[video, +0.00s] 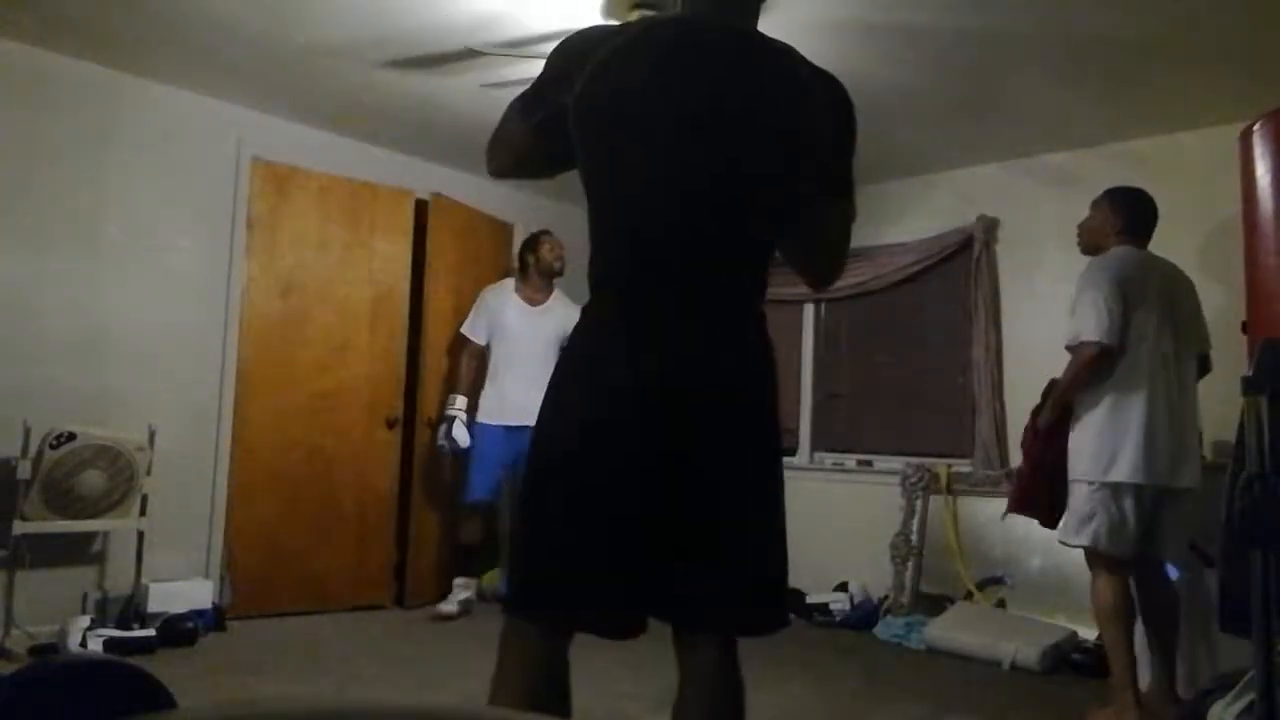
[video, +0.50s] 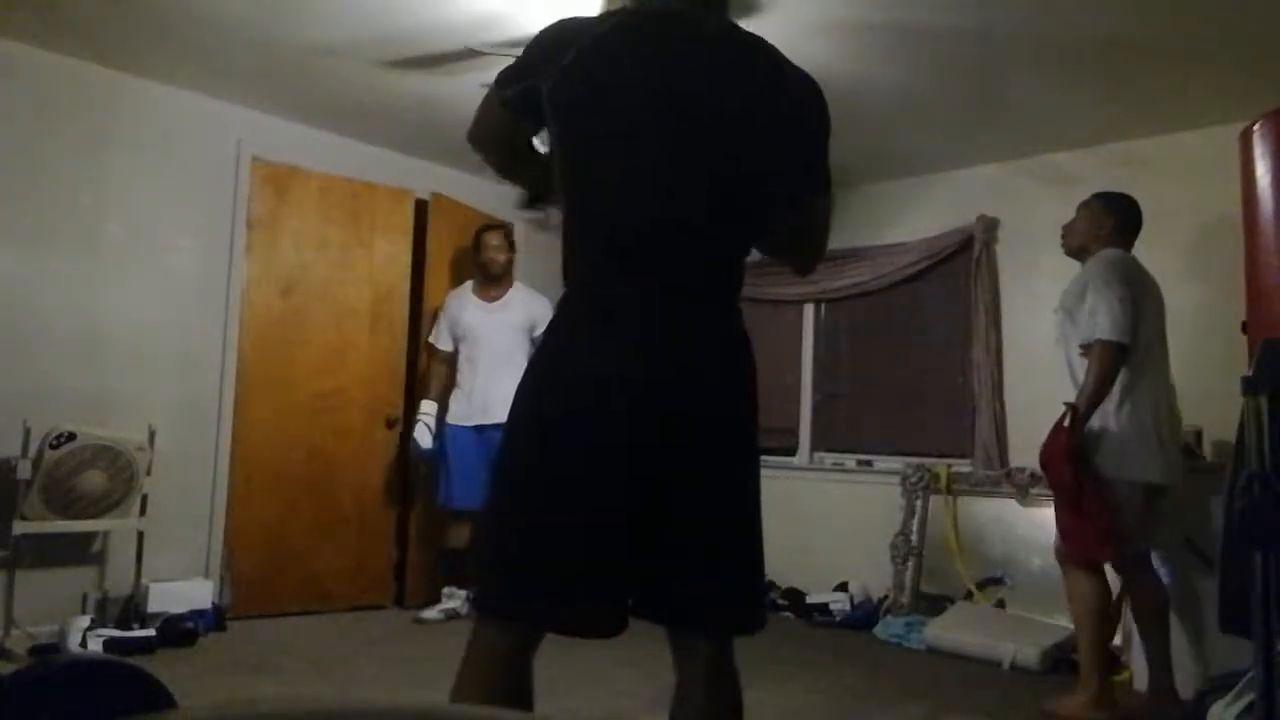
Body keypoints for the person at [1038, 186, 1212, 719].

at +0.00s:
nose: (1081, 225)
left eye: (1090, 215)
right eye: (1086, 214)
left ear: (1114, 222)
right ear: (1140, 227)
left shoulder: (1104, 271)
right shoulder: (1178, 279)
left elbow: (1096, 348)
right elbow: (1201, 360)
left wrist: (1057, 397)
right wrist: (1149, 392)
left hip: (1112, 453)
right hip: (1170, 454)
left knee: (1106, 565)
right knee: (1150, 566)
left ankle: (1123, 697)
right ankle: (1167, 690)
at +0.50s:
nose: (1066, 227)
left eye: (1077, 218)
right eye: (1071, 218)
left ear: (1106, 225)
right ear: (1116, 230)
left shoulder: (1106, 270)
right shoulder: (1133, 274)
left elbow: (1110, 349)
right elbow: (1129, 359)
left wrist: (1074, 423)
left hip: (1112, 450)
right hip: (1144, 451)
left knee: (1075, 556)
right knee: (1135, 561)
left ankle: (1090, 692)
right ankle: (1160, 688)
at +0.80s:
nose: (1030, 221)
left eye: (1042, 214)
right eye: (1036, 212)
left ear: (1071, 227)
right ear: (1074, 229)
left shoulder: (1074, 271)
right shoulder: (1081, 271)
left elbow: (1078, 358)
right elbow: (1077, 360)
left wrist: (1033, 426)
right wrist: (1036, 423)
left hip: (1081, 451)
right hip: (1090, 450)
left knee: (1059, 565)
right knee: (1072, 563)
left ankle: (1088, 692)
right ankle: (1133, 663)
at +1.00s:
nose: (1007, 221)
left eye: (1018, 212)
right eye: (1011, 213)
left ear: (1048, 225)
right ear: (1049, 227)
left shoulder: (1056, 269)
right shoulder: (1039, 272)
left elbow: (1067, 350)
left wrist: (1014, 411)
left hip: (1055, 448)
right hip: (1033, 445)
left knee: (1049, 559)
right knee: (1009, 547)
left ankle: (1084, 691)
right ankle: (1058, 656)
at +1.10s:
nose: (991, 222)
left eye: (1001, 214)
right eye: (994, 215)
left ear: (1030, 227)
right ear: (1030, 229)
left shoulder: (1042, 269)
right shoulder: (1018, 275)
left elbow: (1063, 347)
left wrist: (1005, 402)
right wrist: (983, 254)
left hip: (1043, 442)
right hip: (1014, 439)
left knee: (1046, 554)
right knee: (990, 540)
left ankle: (1088, 692)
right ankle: (1003, 660)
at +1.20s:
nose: (975, 226)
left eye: (986, 219)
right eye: (978, 218)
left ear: (1019, 230)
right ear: (1011, 231)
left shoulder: (1032, 270)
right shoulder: (998, 280)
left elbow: (1057, 346)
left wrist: (994, 401)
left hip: (1036, 449)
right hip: (998, 447)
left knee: (1041, 557)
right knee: (975, 545)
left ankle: (1086, 688)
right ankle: (980, 658)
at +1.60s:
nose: (931, 221)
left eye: (941, 213)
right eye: (930, 214)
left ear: (973, 219)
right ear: (936, 227)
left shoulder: (996, 261)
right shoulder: (935, 284)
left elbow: (1048, 322)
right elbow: (950, 348)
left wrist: (994, 361)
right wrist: (921, 361)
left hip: (989, 425)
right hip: (942, 428)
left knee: (973, 538)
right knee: (940, 535)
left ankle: (1008, 664)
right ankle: (968, 653)